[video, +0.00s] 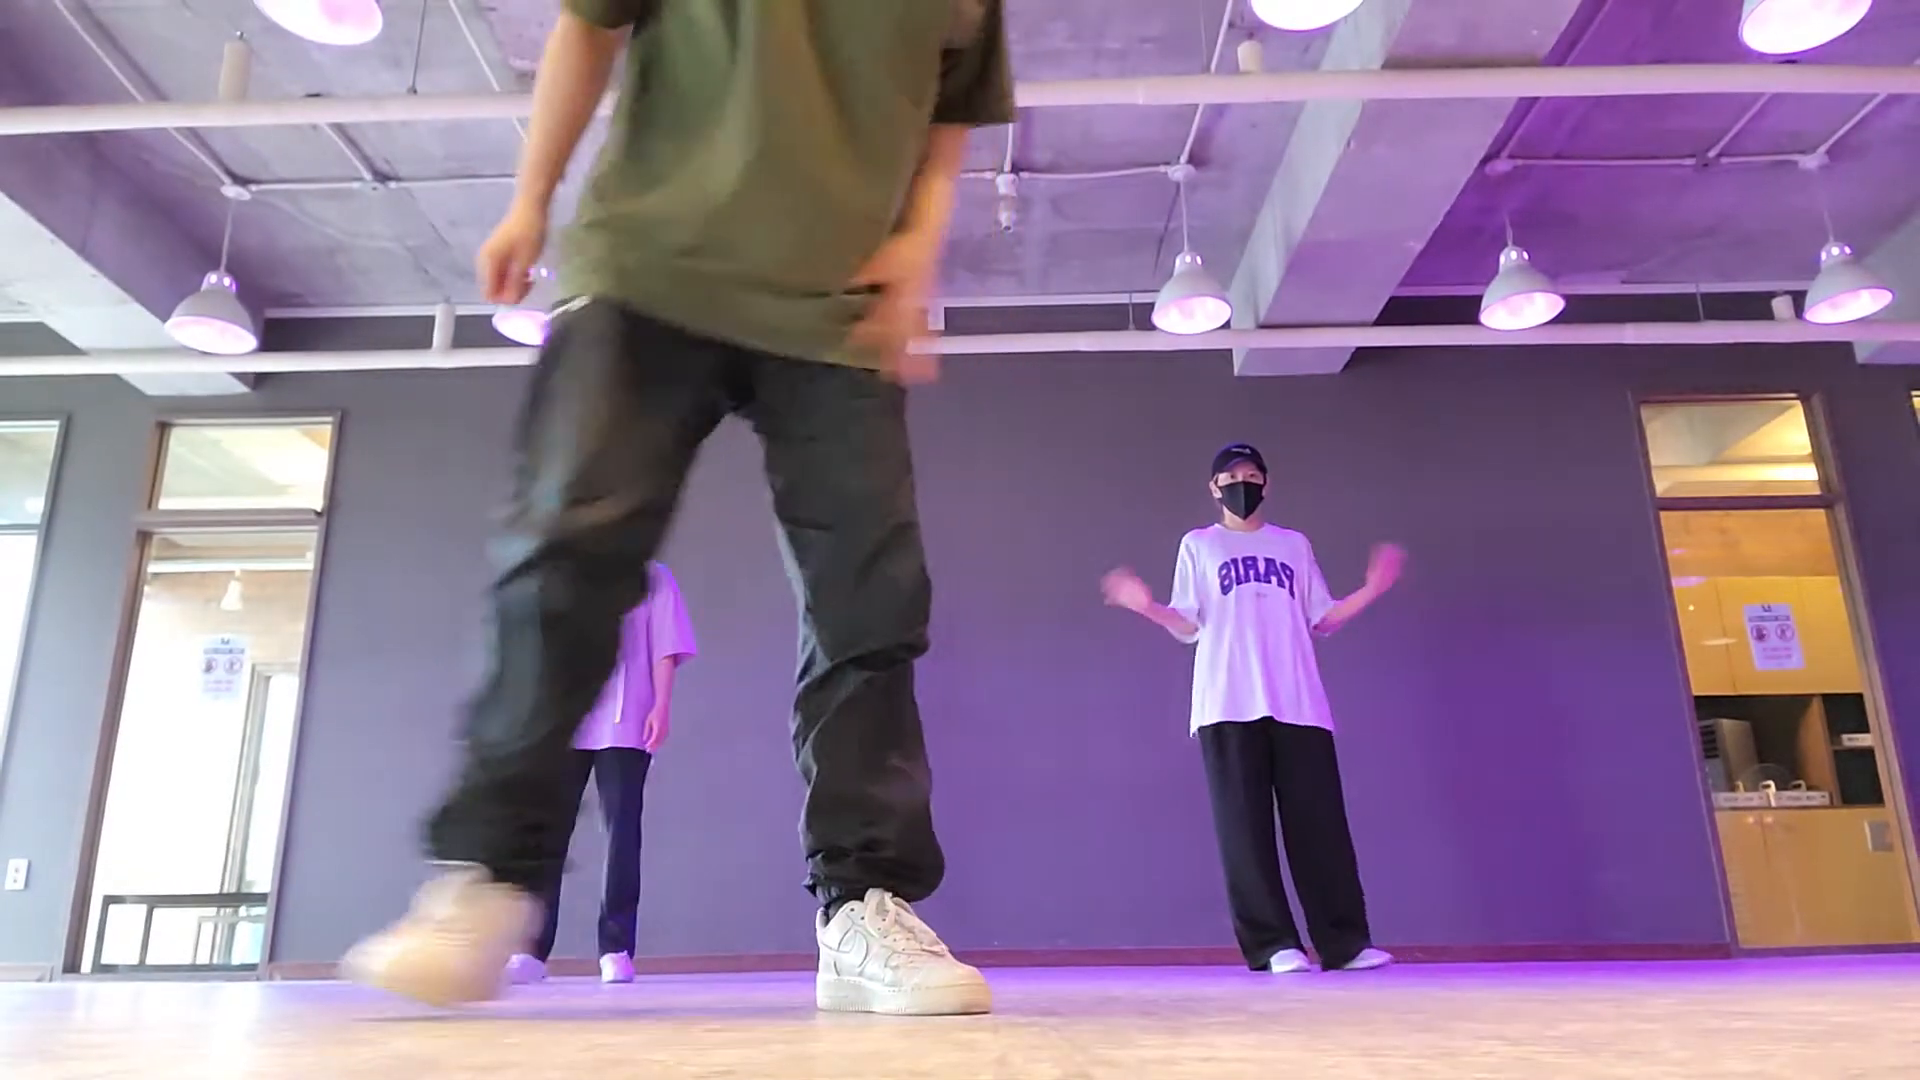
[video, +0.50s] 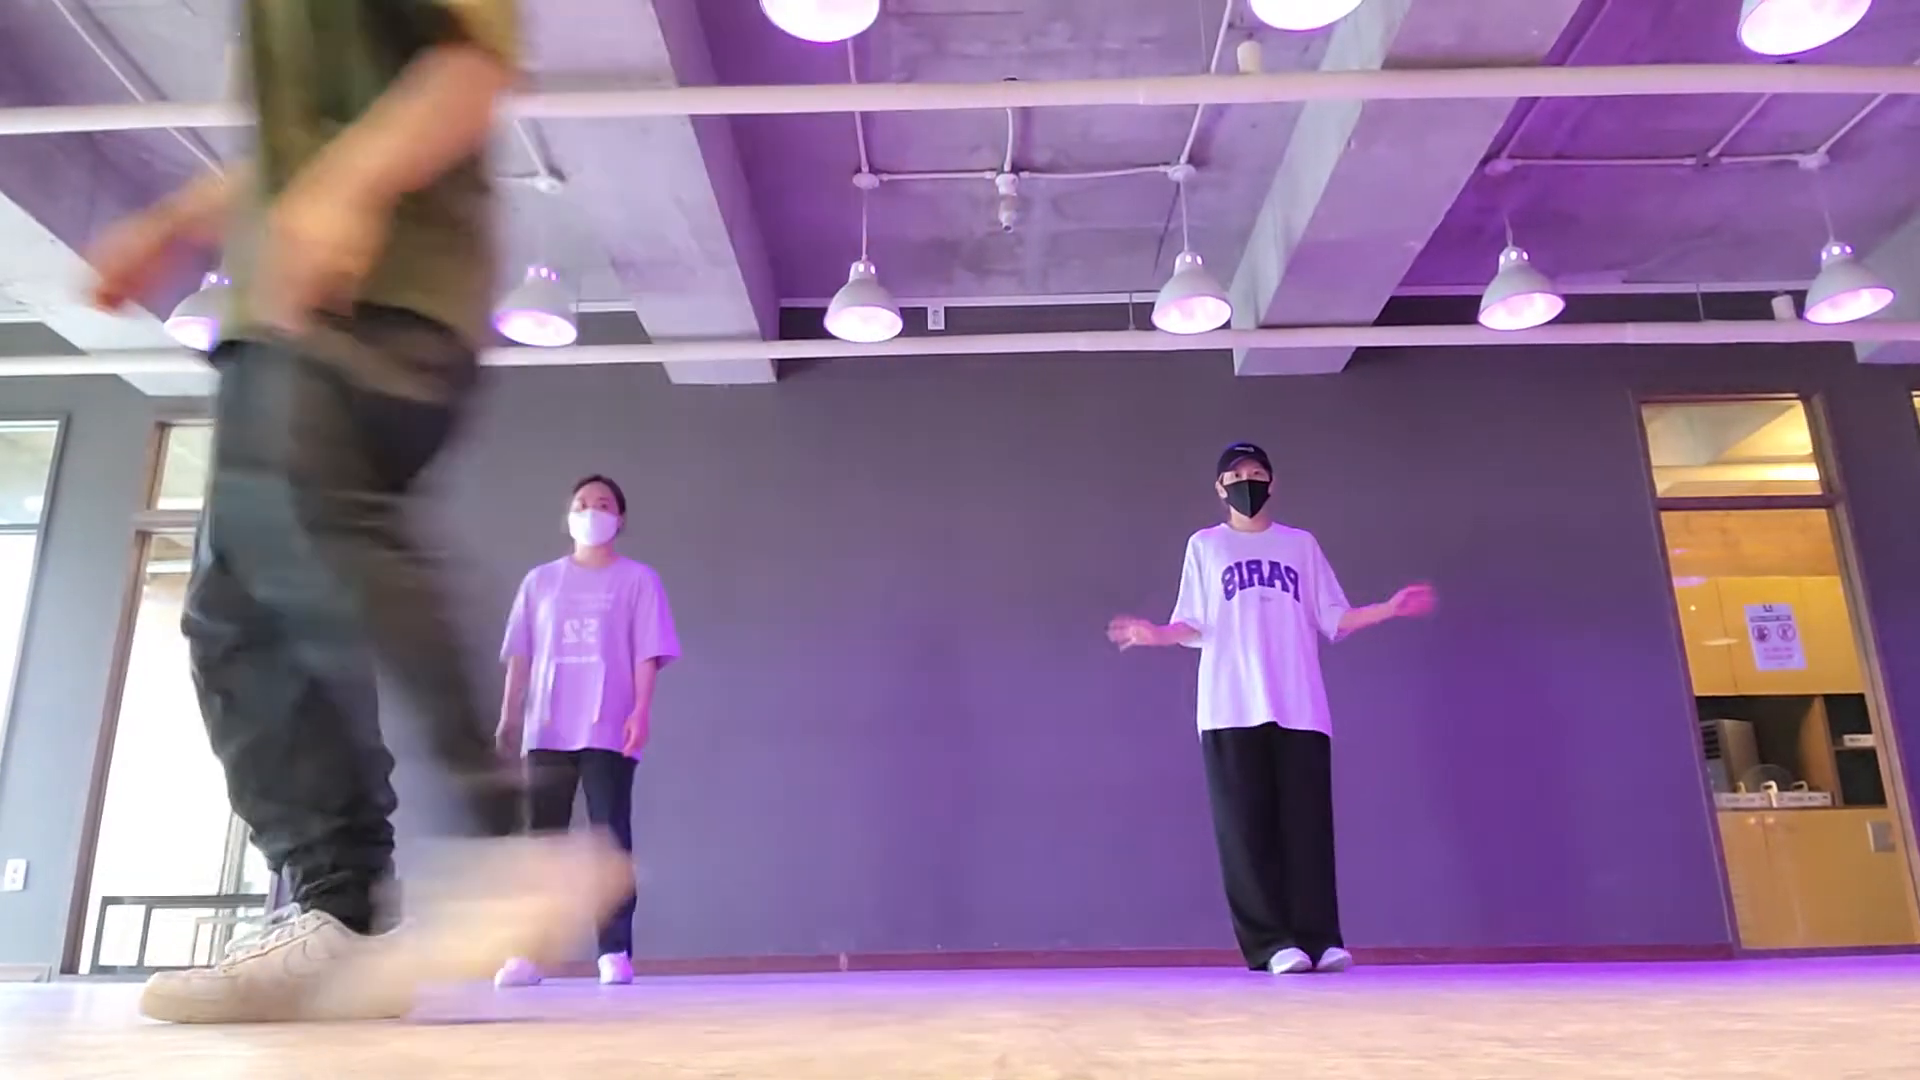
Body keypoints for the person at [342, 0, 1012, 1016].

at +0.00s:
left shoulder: (960, 10)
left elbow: (956, 94)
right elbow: (591, 19)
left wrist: (922, 235)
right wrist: (530, 200)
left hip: (838, 284)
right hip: (650, 251)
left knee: (870, 604)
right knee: (563, 551)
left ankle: (867, 913)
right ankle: (483, 885)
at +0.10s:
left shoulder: (911, 9)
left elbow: (890, 114)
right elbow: (551, 40)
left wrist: (828, 252)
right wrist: (488, 219)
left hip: (795, 295)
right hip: (610, 267)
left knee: (854, 613)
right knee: (480, 570)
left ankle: (864, 915)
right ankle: (390, 899)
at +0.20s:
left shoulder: (809, 13)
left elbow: (828, 94)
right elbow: (489, 61)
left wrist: (756, 253)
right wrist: (431, 235)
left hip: (718, 301)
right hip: (525, 286)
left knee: (807, 613)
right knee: (399, 585)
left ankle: (867, 913)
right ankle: (367, 922)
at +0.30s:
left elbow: (724, 91)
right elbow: (427, 93)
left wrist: (653, 255)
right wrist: (363, 248)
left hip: (618, 319)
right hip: (435, 318)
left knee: (730, 598)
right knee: (324, 595)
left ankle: (864, 884)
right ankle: (358, 930)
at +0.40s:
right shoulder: (362, 14)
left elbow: (598, 73)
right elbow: (379, 128)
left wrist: (504, 238)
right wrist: (279, 254)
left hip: (481, 298)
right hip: (348, 313)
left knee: (589, 571)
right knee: (265, 600)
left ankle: (761, 845)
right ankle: (356, 928)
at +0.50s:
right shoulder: (298, 16)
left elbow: (481, 60)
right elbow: (308, 142)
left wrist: (350, 184)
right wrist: (178, 224)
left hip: (390, 294)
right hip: (288, 305)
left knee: (306, 524)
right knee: (238, 616)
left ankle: (508, 840)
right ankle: (345, 913)